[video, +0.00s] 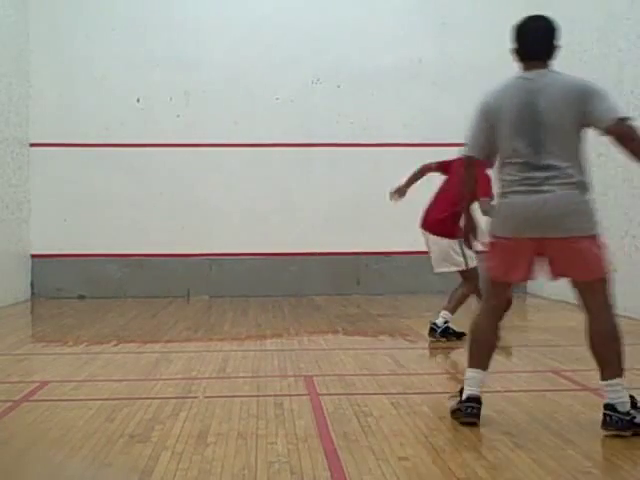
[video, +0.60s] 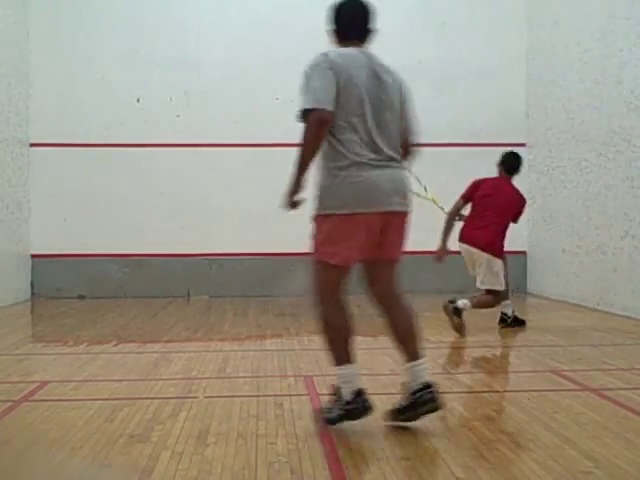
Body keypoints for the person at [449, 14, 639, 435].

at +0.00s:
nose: (530, 52)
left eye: (524, 45)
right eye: (546, 44)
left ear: (516, 51)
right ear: (555, 49)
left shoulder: (496, 98)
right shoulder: (578, 91)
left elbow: (471, 162)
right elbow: (624, 133)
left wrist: (467, 212)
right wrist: (639, 157)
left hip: (511, 218)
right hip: (569, 216)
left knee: (492, 304)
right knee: (598, 307)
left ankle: (470, 397)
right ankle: (618, 406)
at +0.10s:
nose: (498, 44)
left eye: (491, 38)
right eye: (513, 36)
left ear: (488, 42)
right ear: (526, 41)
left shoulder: (466, 87)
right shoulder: (548, 84)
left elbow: (435, 143)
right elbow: (588, 131)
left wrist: (436, 196)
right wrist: (624, 183)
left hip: (478, 208)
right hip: (534, 208)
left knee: (478, 296)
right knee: (559, 299)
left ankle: (468, 394)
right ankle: (584, 390)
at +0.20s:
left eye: (469, 26)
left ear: (464, 32)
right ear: (501, 32)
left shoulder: (442, 74)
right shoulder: (526, 73)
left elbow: (413, 131)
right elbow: (560, 127)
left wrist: (411, 182)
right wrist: (578, 183)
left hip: (458, 195)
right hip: (513, 196)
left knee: (455, 295)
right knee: (520, 294)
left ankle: (451, 388)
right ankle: (535, 387)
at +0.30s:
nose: (441, 42)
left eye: (440, 36)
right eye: (454, 36)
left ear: (438, 40)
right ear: (476, 41)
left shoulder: (421, 84)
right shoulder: (499, 84)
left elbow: (392, 142)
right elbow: (535, 136)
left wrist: (386, 197)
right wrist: (536, 193)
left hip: (435, 208)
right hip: (490, 208)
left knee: (416, 298)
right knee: (498, 303)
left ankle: (401, 389)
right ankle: (519, 398)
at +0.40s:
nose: (422, 53)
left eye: (417, 45)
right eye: (436, 47)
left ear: (409, 51)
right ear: (446, 52)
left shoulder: (388, 96)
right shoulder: (466, 99)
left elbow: (367, 158)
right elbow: (501, 157)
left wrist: (360, 211)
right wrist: (492, 201)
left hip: (402, 219)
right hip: (459, 218)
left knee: (378, 306)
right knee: (478, 305)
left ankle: (373, 403)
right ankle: (516, 396)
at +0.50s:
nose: (389, 44)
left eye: (381, 36)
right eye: (400, 37)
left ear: (374, 41)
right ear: (409, 43)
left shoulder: (355, 79)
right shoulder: (426, 88)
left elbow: (337, 134)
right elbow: (458, 151)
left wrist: (331, 190)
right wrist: (438, 195)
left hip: (367, 205)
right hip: (418, 205)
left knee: (360, 304)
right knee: (436, 295)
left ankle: (370, 401)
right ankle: (472, 378)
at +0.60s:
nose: (338, 31)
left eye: (336, 25)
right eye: (349, 24)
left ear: (335, 30)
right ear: (370, 31)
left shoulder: (327, 64)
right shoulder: (391, 75)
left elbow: (319, 121)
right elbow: (407, 143)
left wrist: (296, 182)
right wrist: (378, 173)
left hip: (346, 195)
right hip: (395, 193)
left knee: (329, 292)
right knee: (385, 286)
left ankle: (350, 390)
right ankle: (420, 383)